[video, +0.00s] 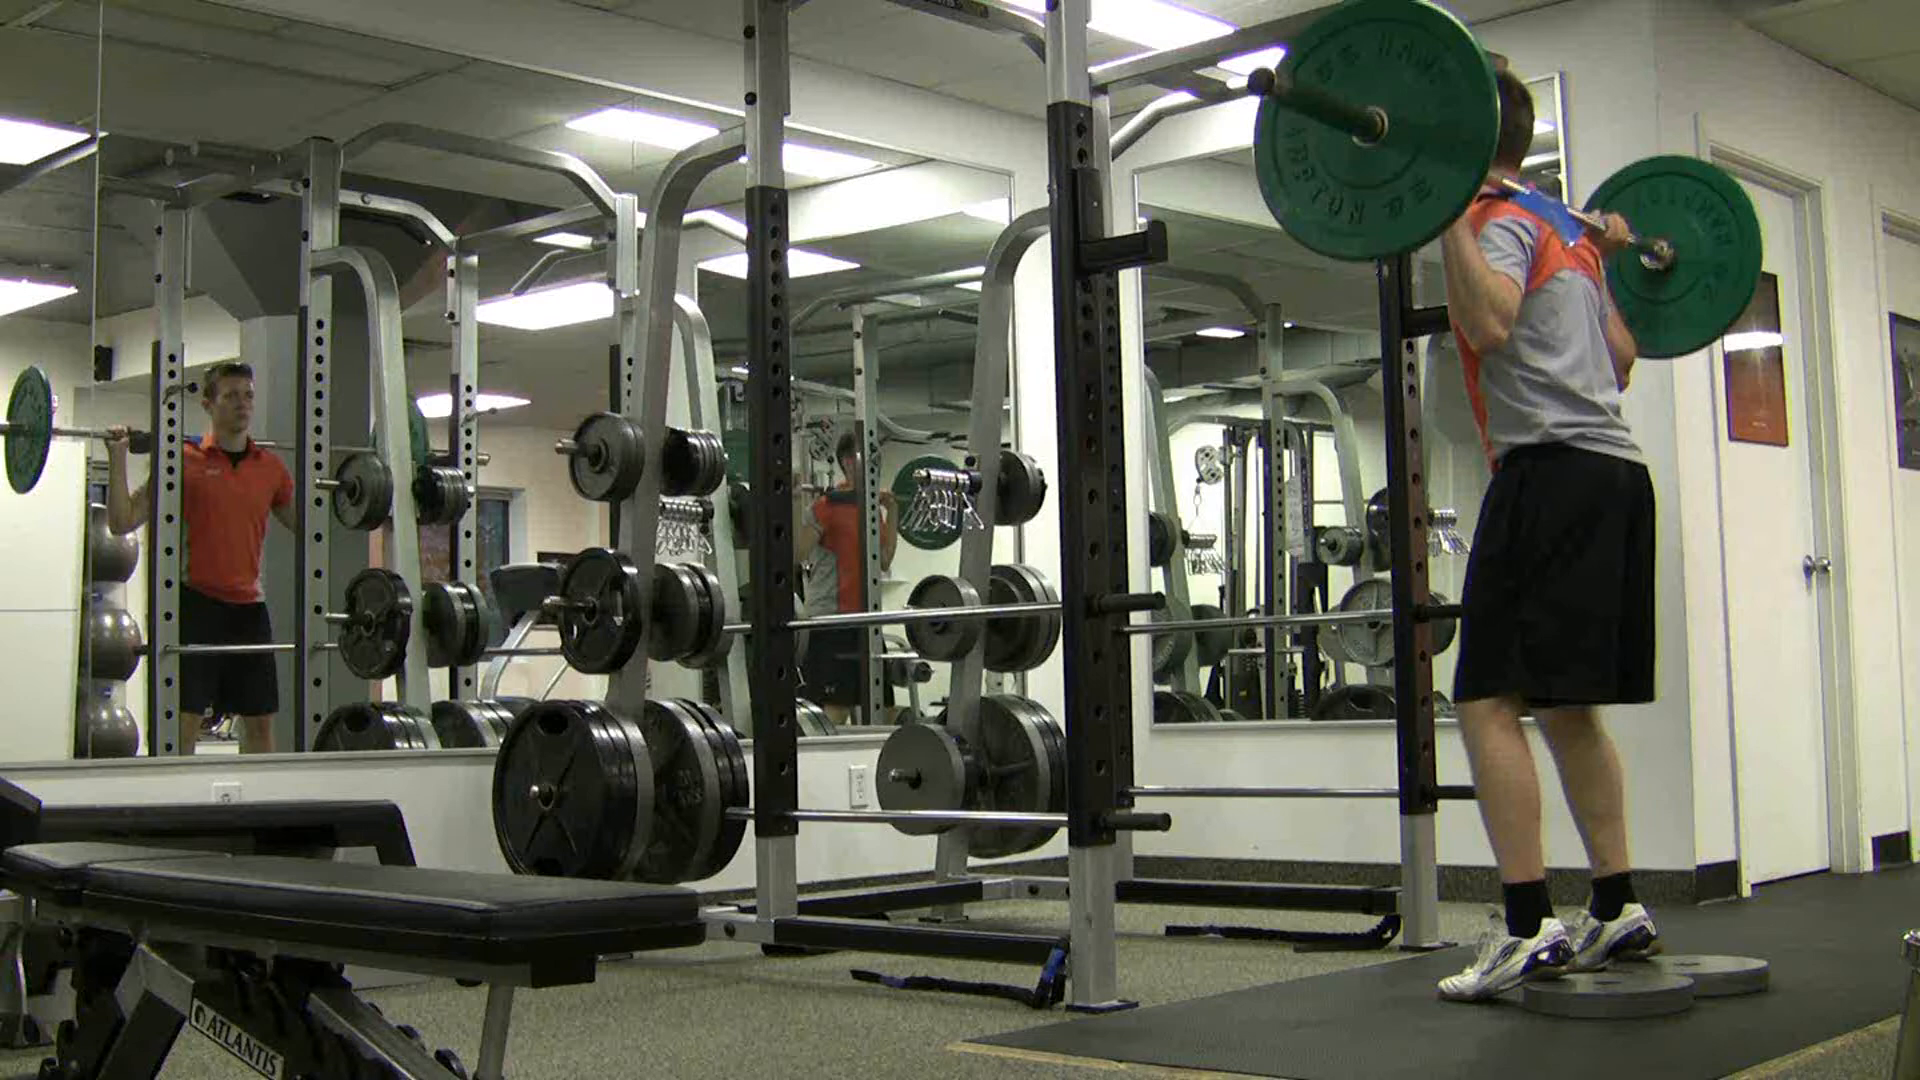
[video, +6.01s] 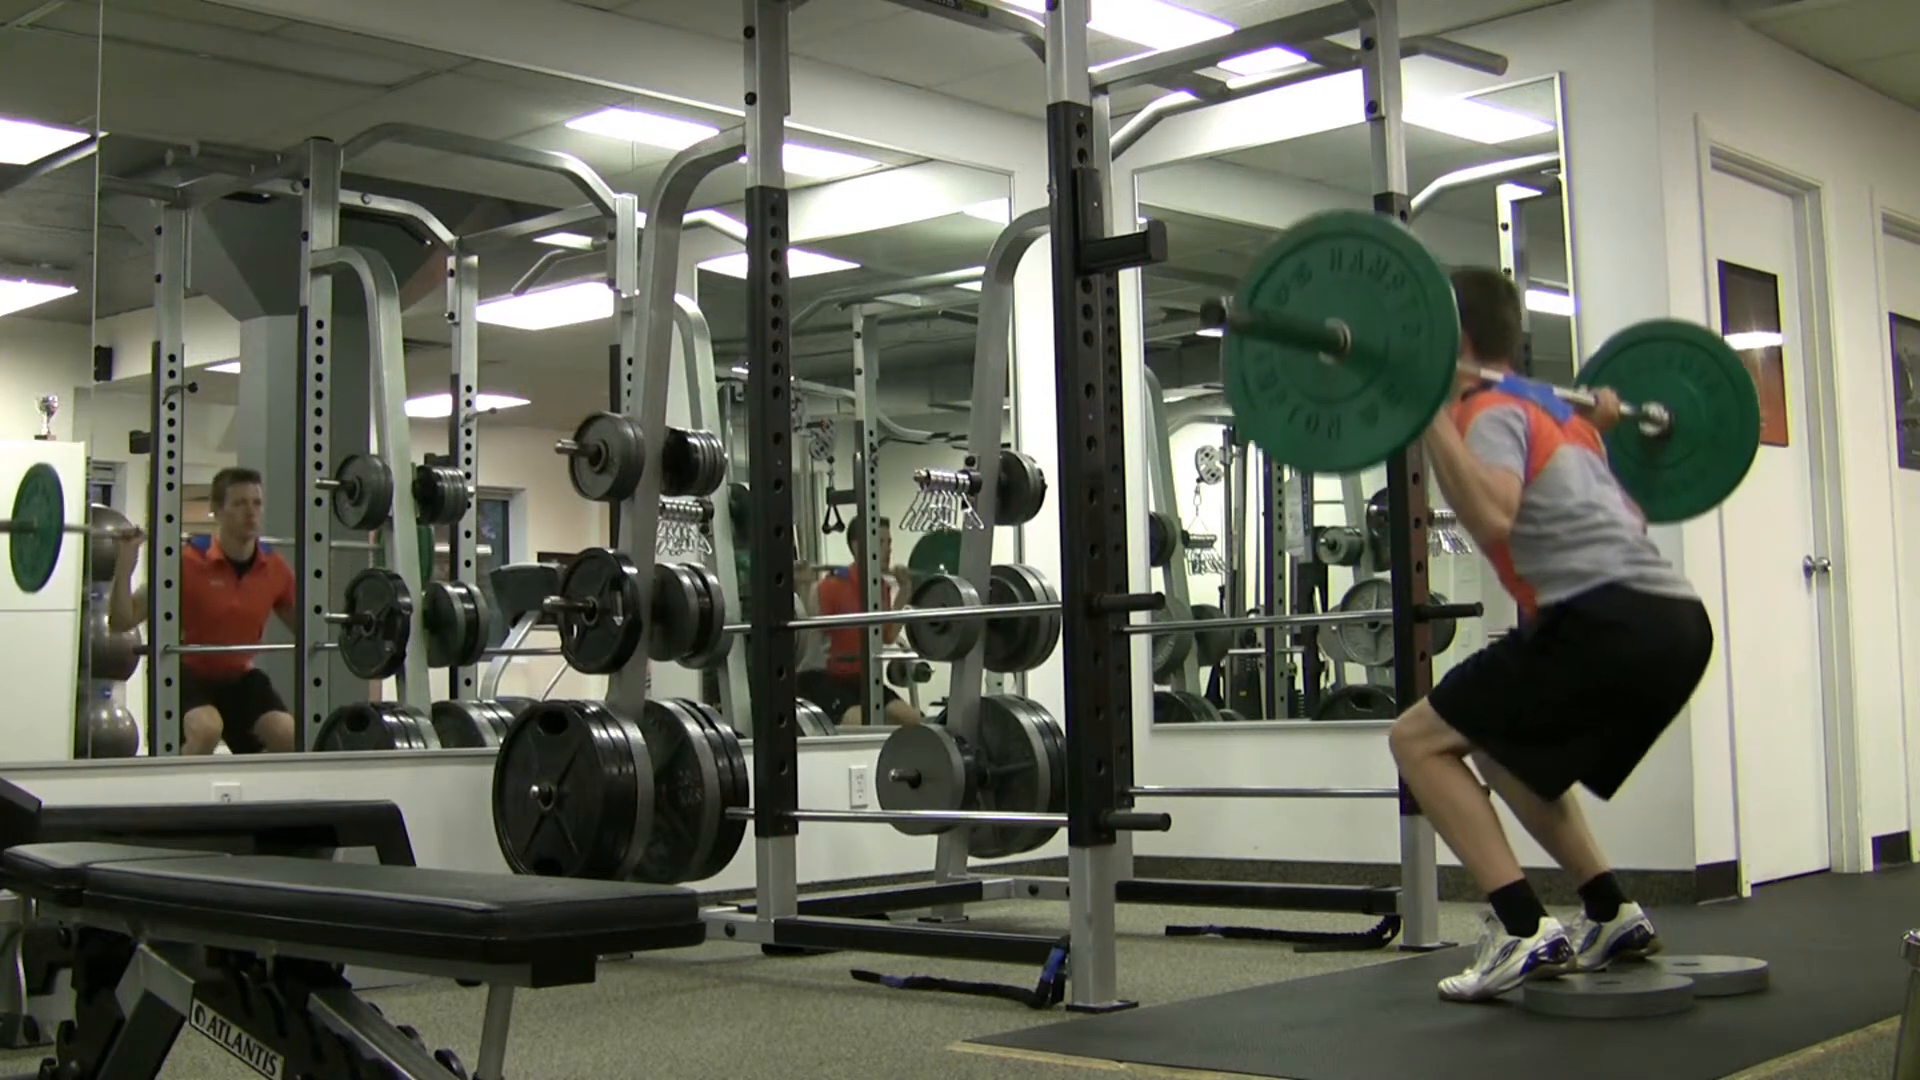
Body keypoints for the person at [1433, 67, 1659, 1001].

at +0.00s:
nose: (1443, 152)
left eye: (1449, 131)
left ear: (1469, 141)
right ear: (1526, 141)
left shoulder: (1499, 216)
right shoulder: (1572, 226)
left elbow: (1490, 325)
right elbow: (1620, 356)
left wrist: (1447, 217)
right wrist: (1607, 253)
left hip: (1546, 480)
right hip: (1611, 479)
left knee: (1486, 702)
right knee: (1569, 703)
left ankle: (1526, 930)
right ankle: (1616, 909)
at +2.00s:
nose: (1434, 436)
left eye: (1439, 423)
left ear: (1449, 435)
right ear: (1523, 437)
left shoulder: (1497, 510)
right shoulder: (1564, 503)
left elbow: (1499, 622)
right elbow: (1586, 542)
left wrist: (1436, 514)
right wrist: (1599, 509)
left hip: (1619, 715)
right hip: (1682, 726)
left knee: (1399, 752)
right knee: (1501, 776)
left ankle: (1523, 931)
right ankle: (1611, 913)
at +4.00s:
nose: (1439, 157)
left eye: (1445, 135)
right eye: (1452, 133)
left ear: (1467, 146)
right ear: (1521, 148)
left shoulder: (1499, 222)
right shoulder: (1568, 233)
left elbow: (1492, 329)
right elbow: (1623, 362)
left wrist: (1443, 222)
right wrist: (1605, 257)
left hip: (1547, 483)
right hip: (1612, 485)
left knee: (1476, 705)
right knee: (1561, 709)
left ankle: (1527, 928)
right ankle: (1617, 910)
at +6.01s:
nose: (1427, 348)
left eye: (1431, 333)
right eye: (1427, 335)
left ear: (1450, 339)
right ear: (1511, 340)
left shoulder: (1493, 407)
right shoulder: (1557, 409)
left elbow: (1492, 521)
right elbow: (1603, 504)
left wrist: (1431, 419)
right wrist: (1592, 422)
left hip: (1601, 620)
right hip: (1677, 622)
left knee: (1416, 739)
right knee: (1511, 761)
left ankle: (1522, 927)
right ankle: (1613, 911)